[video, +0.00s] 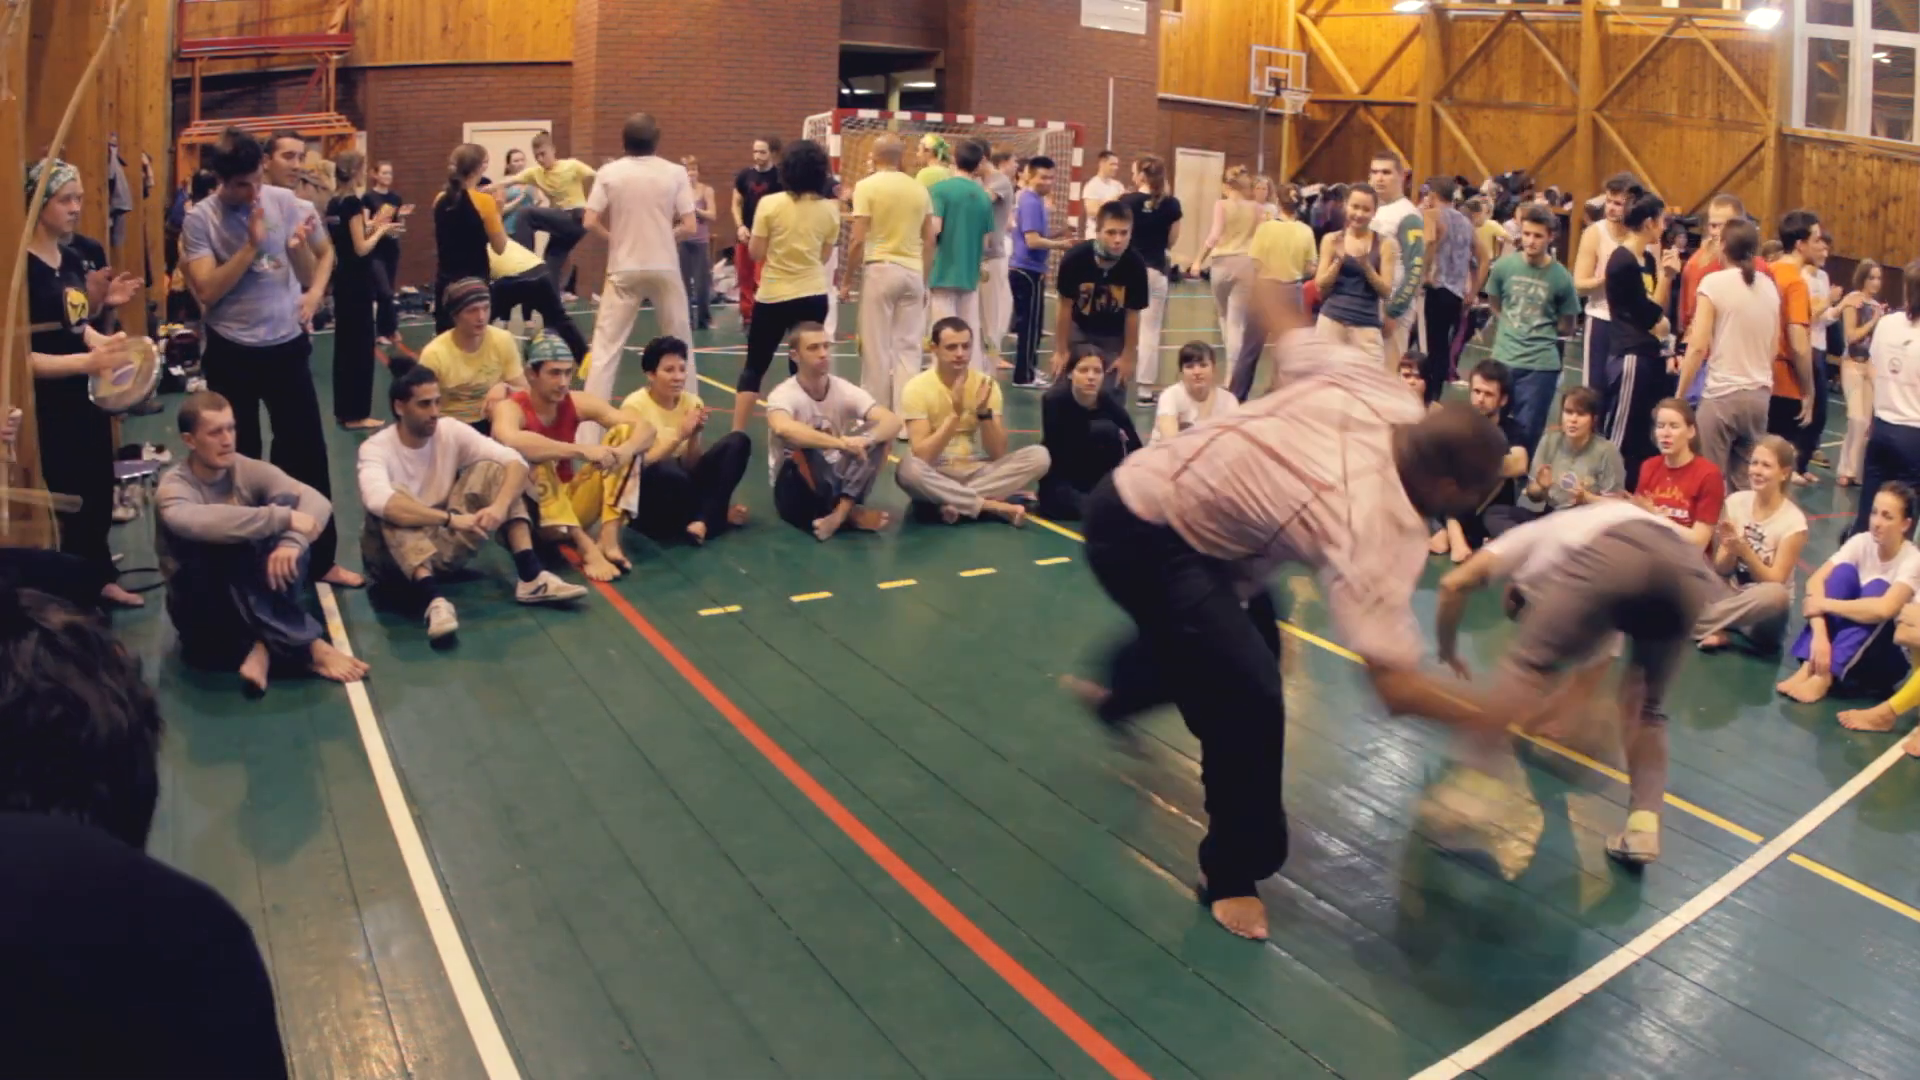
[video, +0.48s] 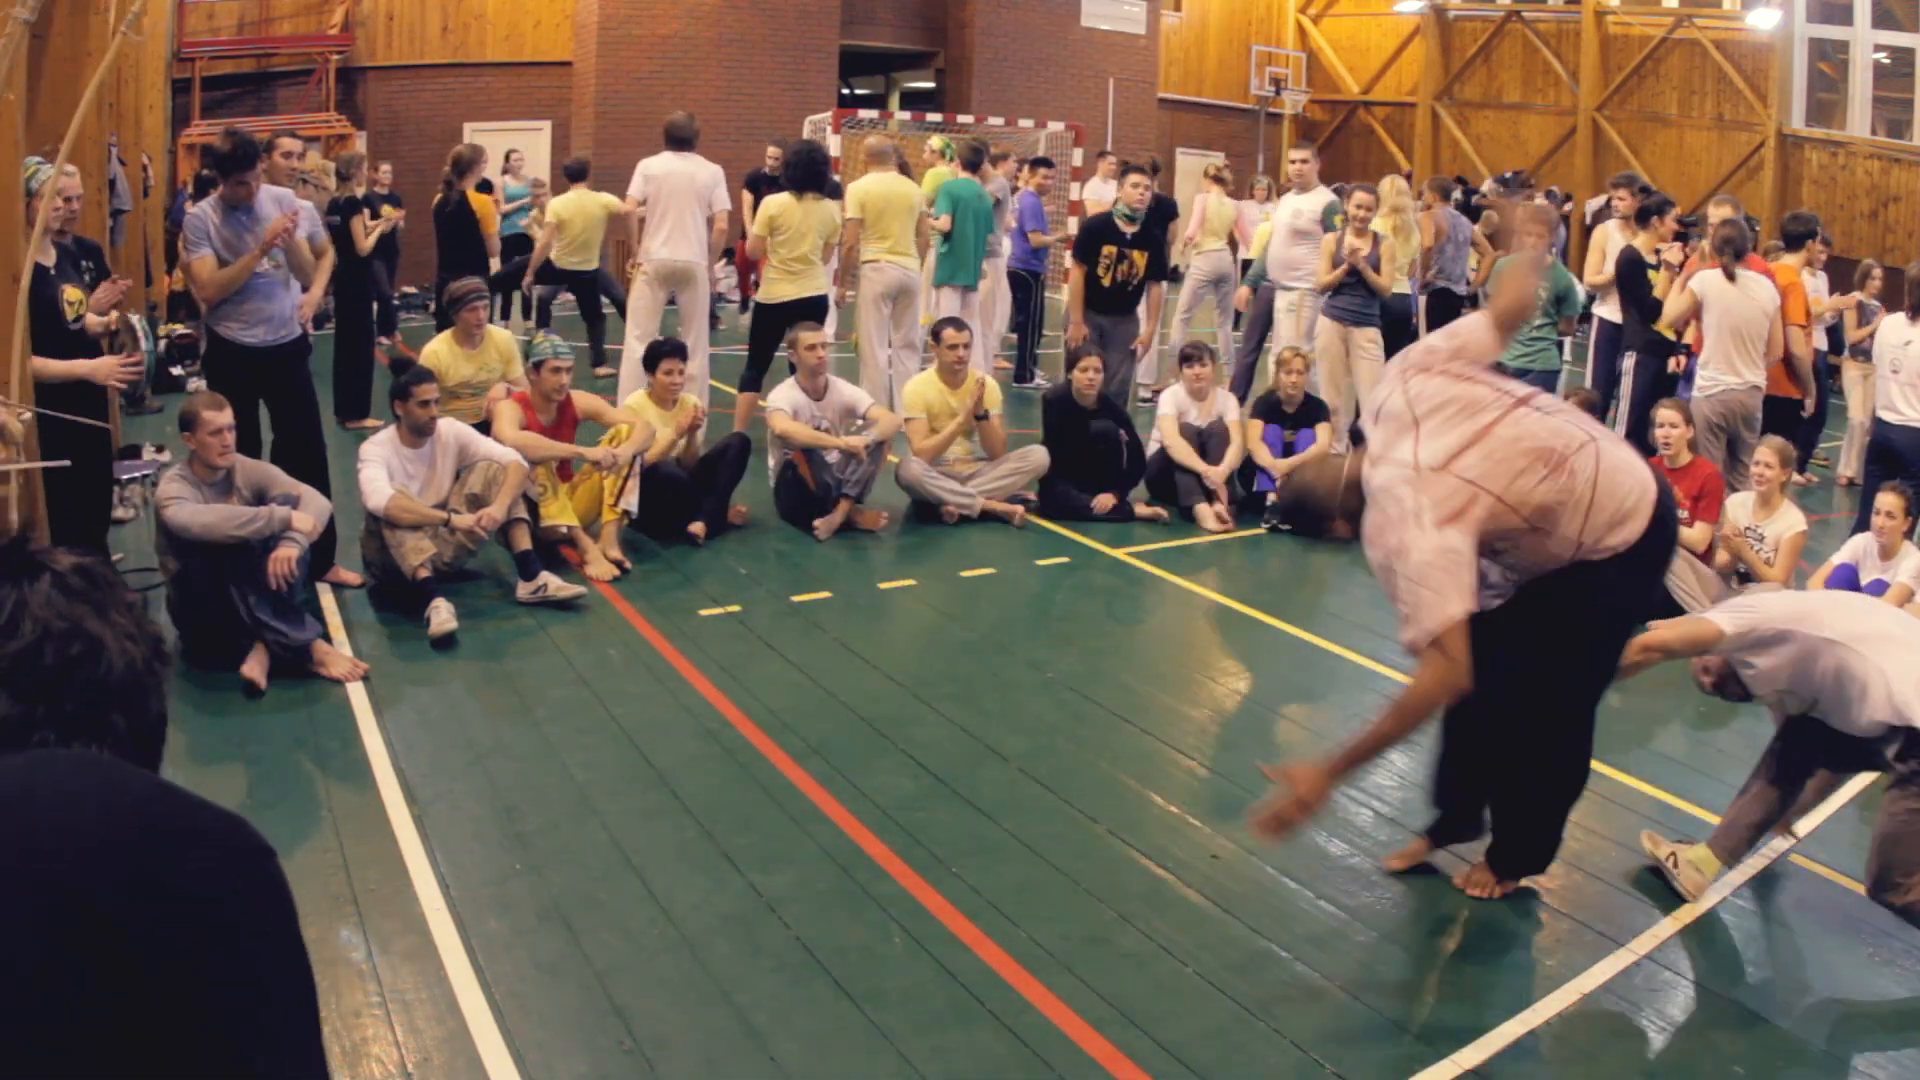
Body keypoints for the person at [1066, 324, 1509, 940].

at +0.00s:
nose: (1474, 503)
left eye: (1481, 492)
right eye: (1475, 492)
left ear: (1430, 413)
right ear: (1446, 487)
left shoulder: (1381, 388)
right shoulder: (1380, 527)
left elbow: (1283, 326)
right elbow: (1398, 690)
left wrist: (1255, 278)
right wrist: (1501, 714)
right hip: (1143, 528)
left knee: (1252, 647)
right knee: (1248, 696)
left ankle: (1114, 690)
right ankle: (1230, 877)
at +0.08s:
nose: (1478, 558)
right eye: (1486, 547)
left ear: (1478, 454)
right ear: (1468, 544)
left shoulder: (1450, 419)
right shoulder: (1372, 552)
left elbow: (1438, 313)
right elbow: (1259, 673)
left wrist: (1478, 269)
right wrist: (1290, 814)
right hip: (1190, 497)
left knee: (1359, 660)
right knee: (1235, 675)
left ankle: (1278, 765)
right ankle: (1228, 875)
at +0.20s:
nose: (1508, 593)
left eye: (1518, 579)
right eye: (1493, 588)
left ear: (1513, 529)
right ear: (1439, 563)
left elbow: (1634, 482)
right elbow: (1176, 494)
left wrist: (1729, 531)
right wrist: (1034, 550)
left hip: (1413, 467)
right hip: (1306, 478)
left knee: (1455, 691)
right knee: (1280, 692)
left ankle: (1472, 849)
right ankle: (1231, 872)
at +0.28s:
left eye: (1457, 624)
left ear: (1460, 588)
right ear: (1388, 596)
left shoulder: (1507, 539)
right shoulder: (1336, 481)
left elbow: (1621, 611)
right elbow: (1245, 394)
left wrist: (1642, 709)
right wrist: (1136, 367)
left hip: (1497, 467)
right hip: (1383, 450)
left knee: (1510, 699)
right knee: (1328, 670)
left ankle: (1477, 847)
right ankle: (1269, 856)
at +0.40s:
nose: (1377, 591)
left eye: (1367, 592)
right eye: (1369, 588)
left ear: (1369, 577)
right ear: (1336, 519)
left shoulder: (1451, 553)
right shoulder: (1364, 420)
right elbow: (1404, 318)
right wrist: (1357, 256)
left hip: (1586, 507)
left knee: (1543, 695)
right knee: (1415, 650)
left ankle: (1494, 855)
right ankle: (1381, 805)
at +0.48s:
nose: (1343, 540)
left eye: (1331, 533)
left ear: (1335, 525)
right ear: (1334, 452)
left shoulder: (1402, 516)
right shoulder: (1404, 376)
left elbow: (1450, 672)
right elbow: (1509, 308)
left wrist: (1328, 773)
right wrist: (1529, 244)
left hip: (1623, 538)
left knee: (1548, 698)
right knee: (1481, 669)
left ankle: (1519, 853)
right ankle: (1458, 819)